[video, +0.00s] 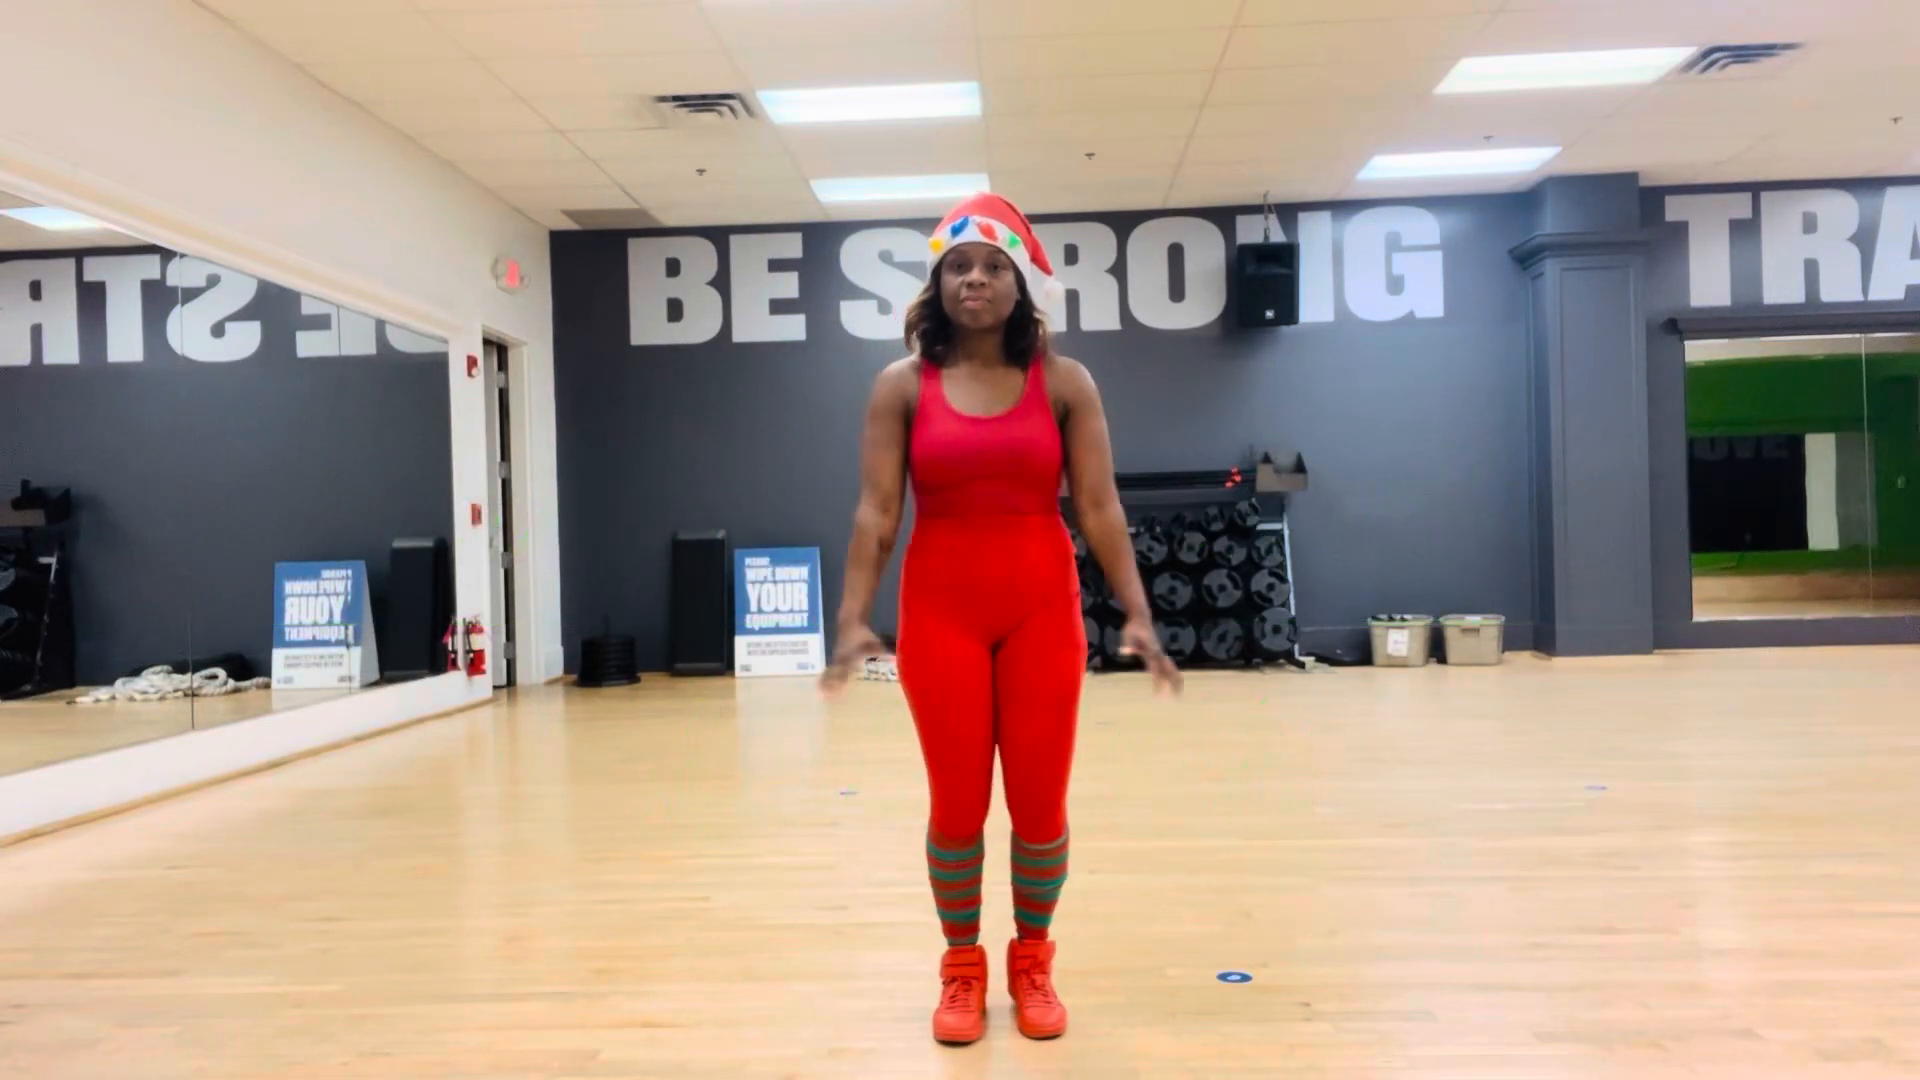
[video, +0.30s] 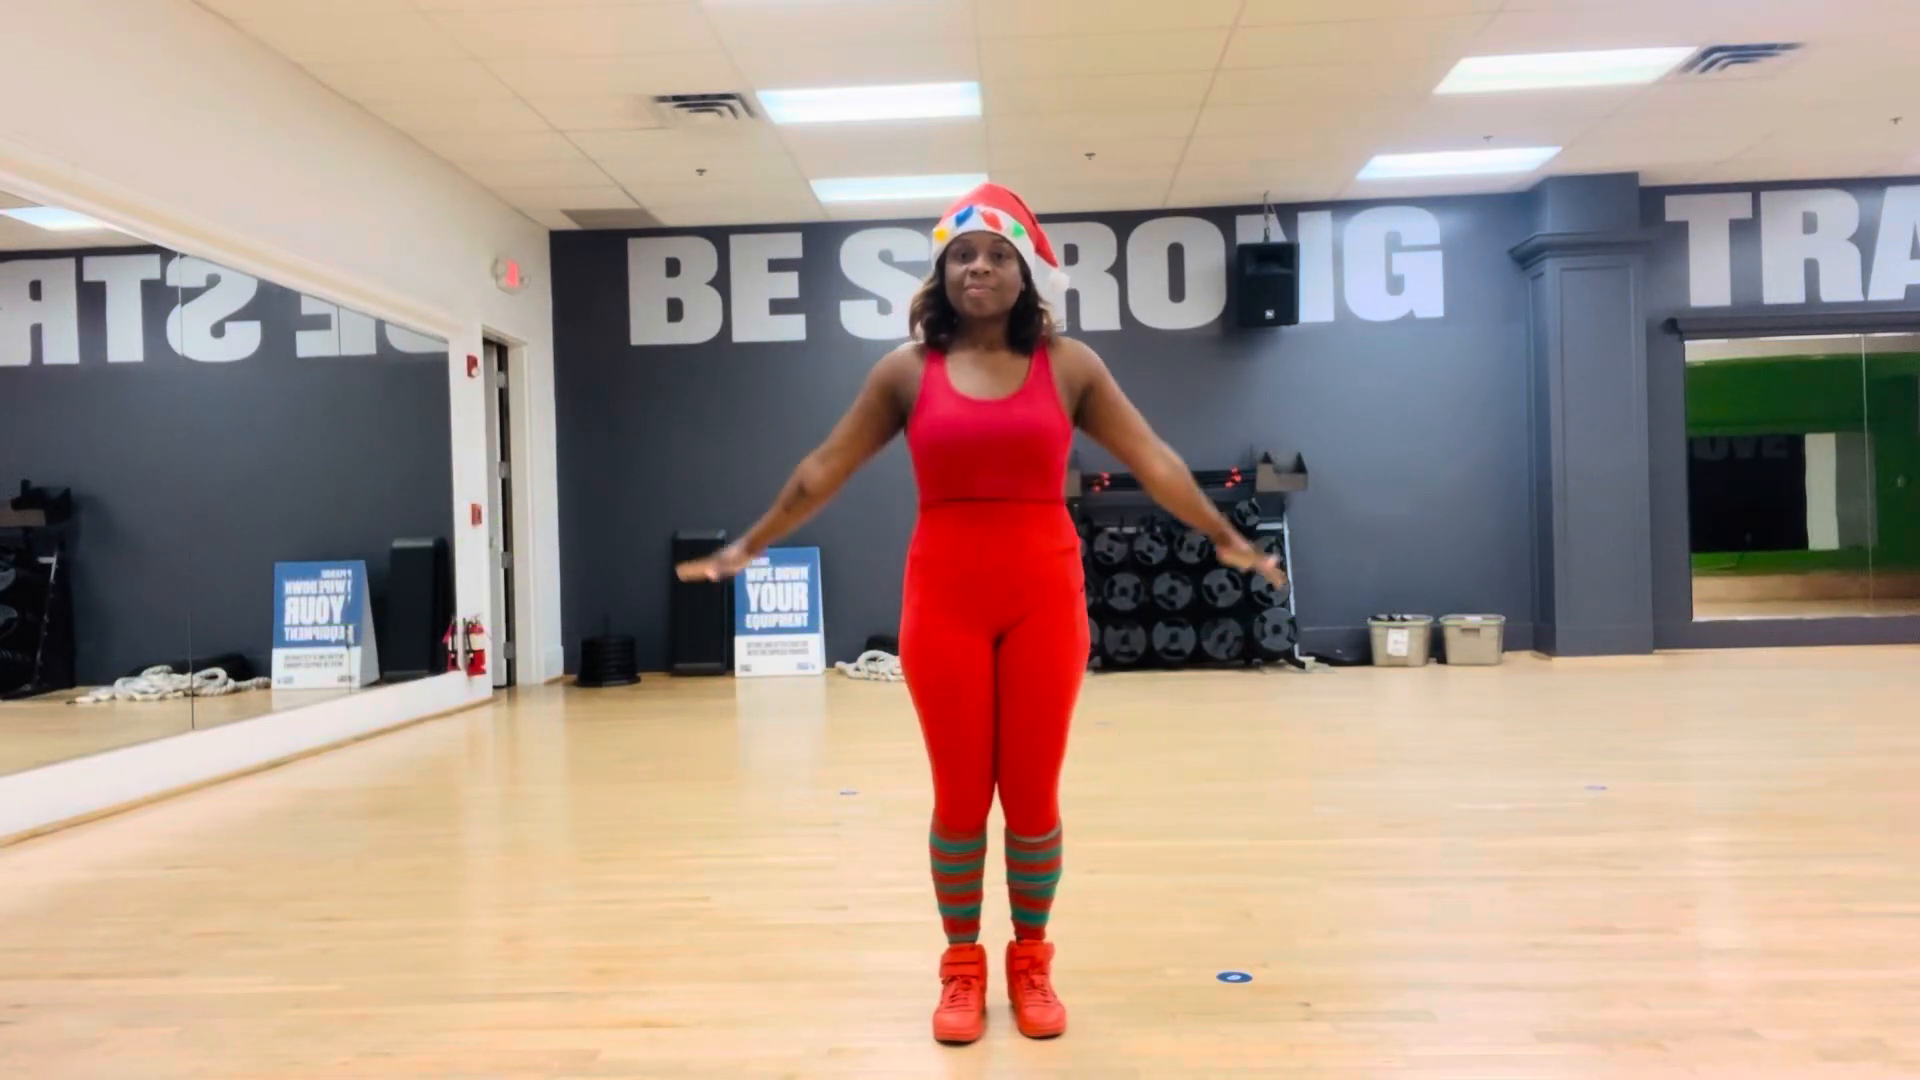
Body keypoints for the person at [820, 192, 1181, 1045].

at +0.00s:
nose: (974, 280)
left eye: (992, 266)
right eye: (959, 266)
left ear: (1020, 283)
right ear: (938, 283)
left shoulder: (1065, 381)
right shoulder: (903, 385)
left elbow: (1100, 504)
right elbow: (877, 508)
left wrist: (1137, 611)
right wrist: (850, 616)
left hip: (1044, 607)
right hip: (939, 609)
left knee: (1039, 799)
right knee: (958, 798)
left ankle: (1033, 965)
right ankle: (962, 971)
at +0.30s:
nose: (980, 272)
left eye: (998, 257)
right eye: (963, 257)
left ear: (1024, 274)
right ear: (945, 274)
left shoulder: (1067, 364)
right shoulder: (908, 371)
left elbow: (1154, 460)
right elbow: (823, 469)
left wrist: (1225, 535)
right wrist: (745, 545)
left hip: (1046, 592)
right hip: (944, 594)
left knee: (1031, 788)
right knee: (961, 789)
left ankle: (1032, 968)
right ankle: (963, 972)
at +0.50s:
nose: (980, 267)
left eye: (997, 255)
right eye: (966, 255)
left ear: (1027, 272)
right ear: (945, 274)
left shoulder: (1069, 355)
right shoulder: (907, 360)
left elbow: (1186, 389)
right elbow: (790, 406)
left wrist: (1293, 422)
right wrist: (699, 445)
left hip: (1044, 593)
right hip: (944, 594)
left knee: (1027, 791)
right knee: (962, 795)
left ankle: (1030, 965)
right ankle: (963, 967)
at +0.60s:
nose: (982, 268)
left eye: (999, 255)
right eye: (967, 255)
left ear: (1030, 270)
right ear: (945, 270)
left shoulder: (1070, 349)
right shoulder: (910, 353)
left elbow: (1196, 345)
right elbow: (785, 367)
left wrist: (1305, 345)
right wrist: (677, 380)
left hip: (1044, 592)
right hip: (944, 592)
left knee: (1026, 789)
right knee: (960, 789)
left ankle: (1029, 966)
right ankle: (963, 967)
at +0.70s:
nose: (983, 270)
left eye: (1000, 258)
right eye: (967, 258)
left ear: (1029, 274)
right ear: (945, 274)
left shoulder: (1068, 345)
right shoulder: (910, 350)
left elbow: (1191, 300)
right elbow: (778, 326)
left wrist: (1307, 262)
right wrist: (664, 302)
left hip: (1043, 591)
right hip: (944, 592)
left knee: (1026, 791)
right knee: (962, 789)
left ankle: (1030, 961)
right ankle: (963, 966)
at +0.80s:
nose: (983, 273)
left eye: (1000, 259)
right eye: (967, 259)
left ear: (1028, 273)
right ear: (947, 272)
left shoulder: (1063, 343)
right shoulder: (913, 346)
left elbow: (1163, 265)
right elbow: (797, 285)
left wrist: (1261, 193)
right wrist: (694, 235)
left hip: (1046, 587)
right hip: (943, 588)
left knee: (1026, 788)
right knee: (961, 789)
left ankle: (1029, 968)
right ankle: (963, 971)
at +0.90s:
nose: (981, 270)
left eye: (999, 259)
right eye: (964, 260)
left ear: (1027, 276)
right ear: (944, 279)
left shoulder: (1059, 345)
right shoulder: (917, 349)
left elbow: (1127, 240)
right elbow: (822, 254)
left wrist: (1201, 141)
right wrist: (740, 168)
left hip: (1044, 588)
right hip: (944, 591)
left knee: (1027, 784)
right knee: (961, 785)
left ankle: (1031, 959)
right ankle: (963, 964)